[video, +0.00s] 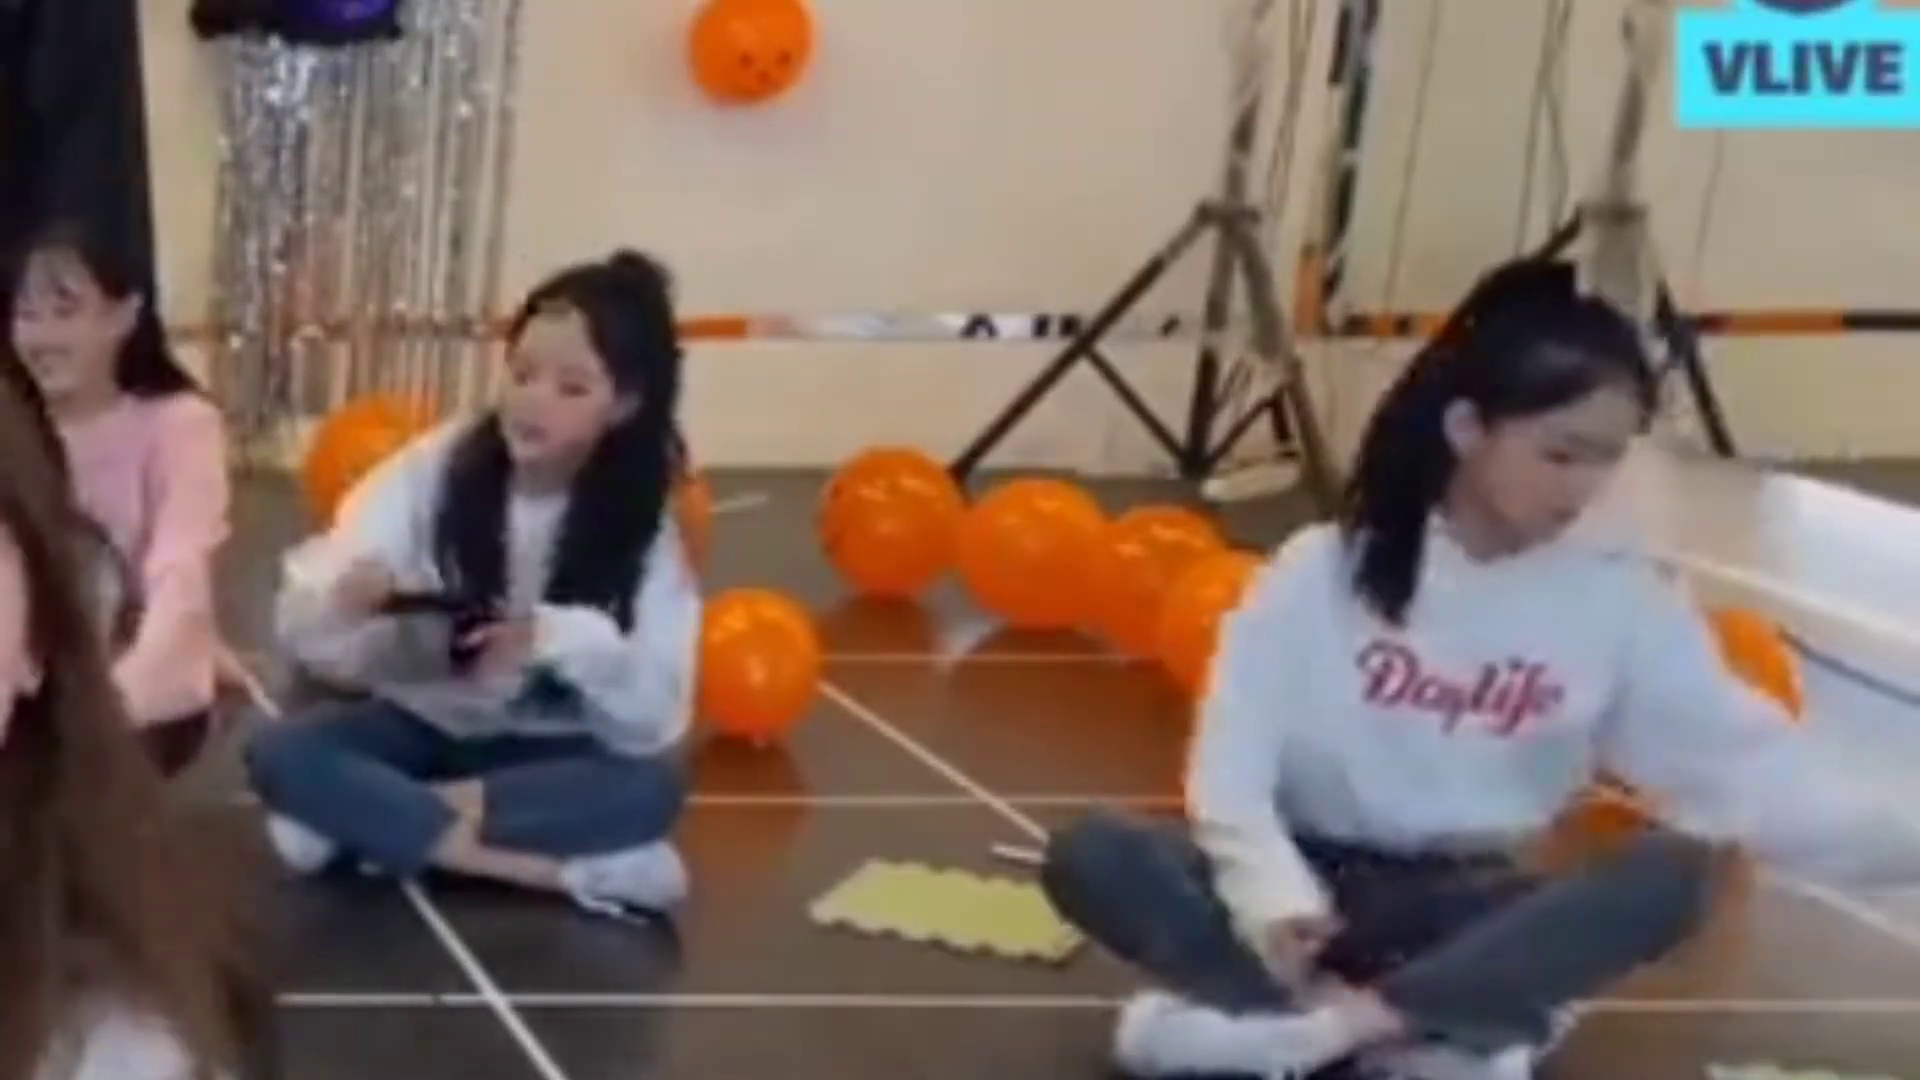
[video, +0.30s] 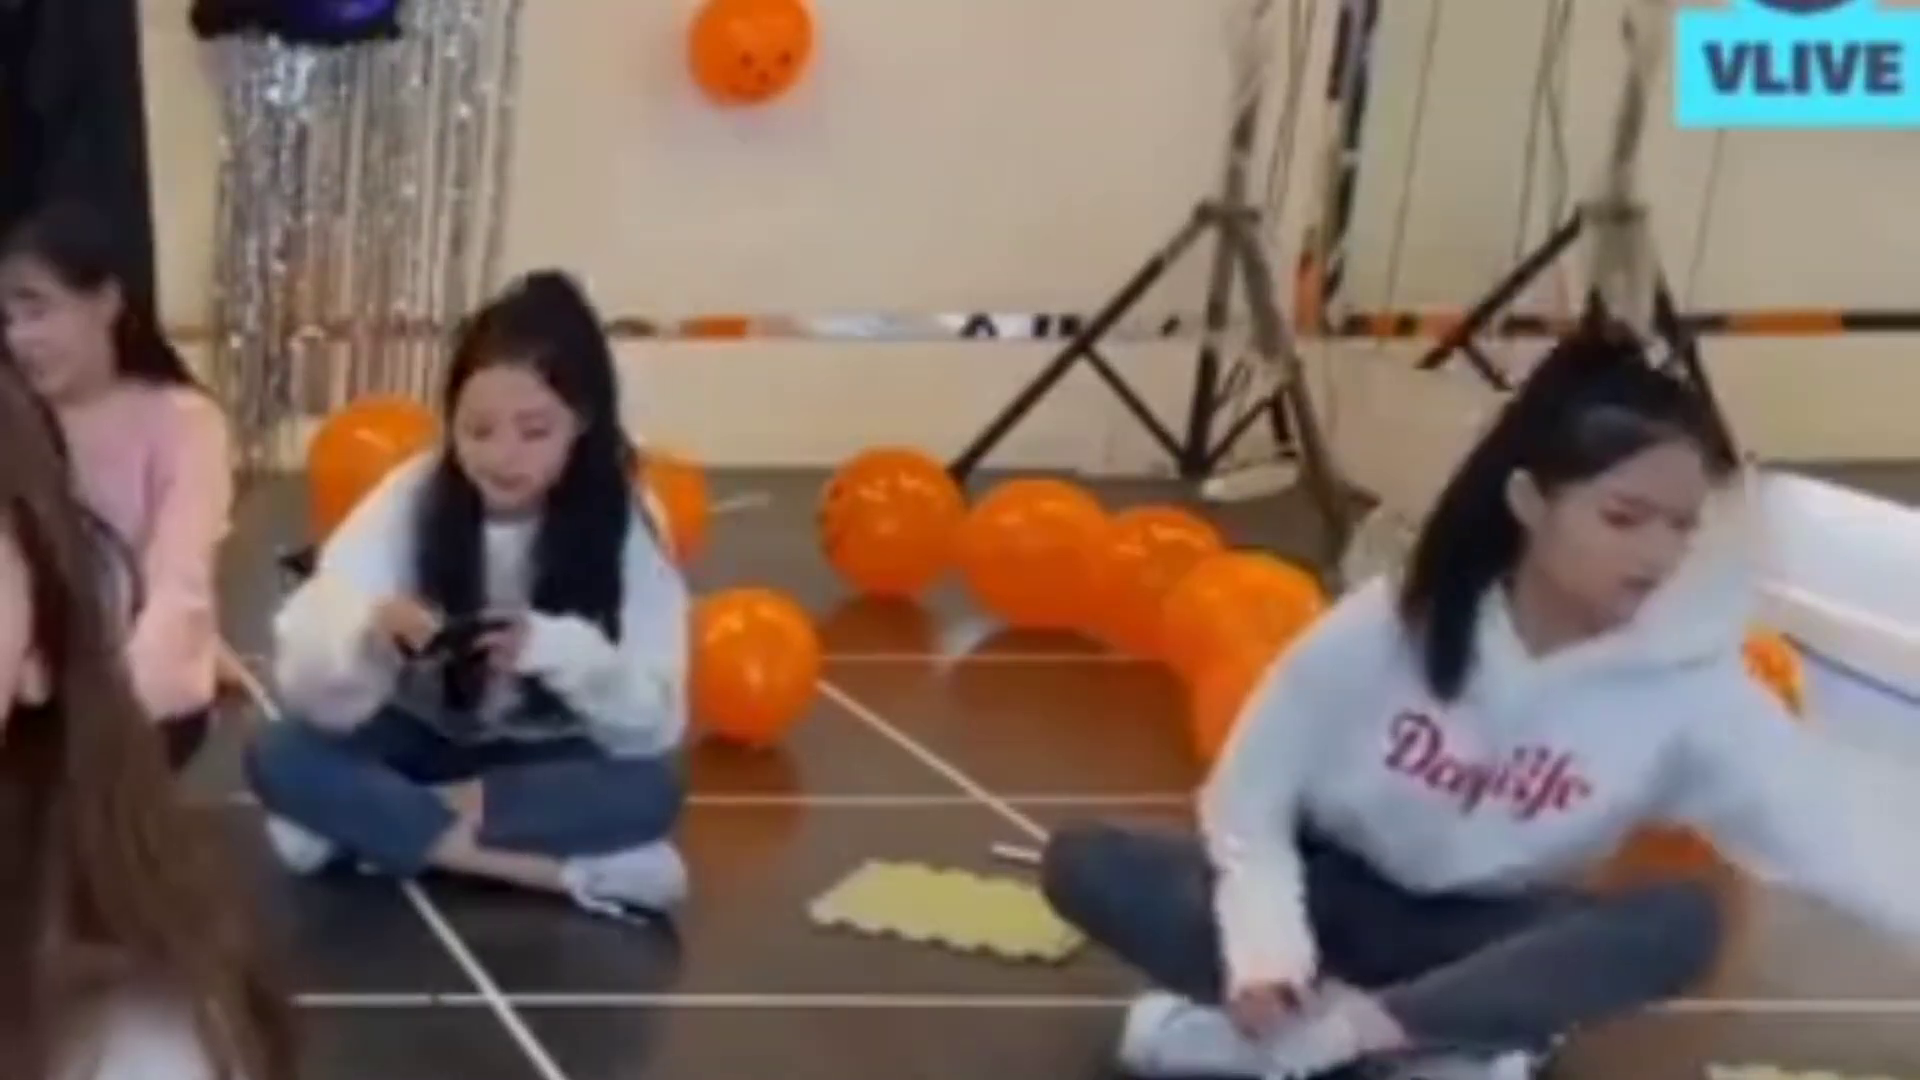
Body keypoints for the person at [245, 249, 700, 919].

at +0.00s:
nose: (531, 407)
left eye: (570, 390)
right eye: (522, 375)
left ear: (627, 406)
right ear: (503, 369)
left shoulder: (636, 521)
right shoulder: (438, 468)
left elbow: (655, 713)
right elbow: (301, 632)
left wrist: (556, 640)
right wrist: (346, 608)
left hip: (549, 738)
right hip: (421, 719)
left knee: (648, 792)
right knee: (283, 754)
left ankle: (369, 833)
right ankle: (555, 876)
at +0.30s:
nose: (502, 460)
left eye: (535, 433)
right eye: (479, 432)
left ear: (583, 426)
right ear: (448, 423)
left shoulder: (621, 525)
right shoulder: (413, 497)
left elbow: (654, 719)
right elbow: (304, 687)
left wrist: (553, 650)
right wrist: (374, 633)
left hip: (550, 744)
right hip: (419, 732)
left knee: (649, 793)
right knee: (279, 756)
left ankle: (374, 835)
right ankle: (552, 877)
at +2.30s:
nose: (478, 480)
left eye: (508, 454)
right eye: (454, 452)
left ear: (557, 440)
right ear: (424, 437)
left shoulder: (604, 516)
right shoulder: (387, 502)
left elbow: (645, 723)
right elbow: (309, 700)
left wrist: (531, 645)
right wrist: (383, 637)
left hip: (544, 745)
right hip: (408, 736)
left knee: (648, 791)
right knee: (274, 758)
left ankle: (366, 838)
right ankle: (549, 877)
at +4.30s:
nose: (480, 484)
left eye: (511, 457)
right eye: (455, 455)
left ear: (558, 441)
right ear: (425, 438)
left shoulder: (603, 514)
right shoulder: (387, 502)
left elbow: (645, 724)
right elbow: (309, 700)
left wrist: (531, 643)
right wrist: (383, 639)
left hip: (543, 743)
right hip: (408, 736)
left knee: (648, 793)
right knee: (277, 759)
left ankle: (366, 837)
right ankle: (549, 878)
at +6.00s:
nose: (482, 487)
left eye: (512, 459)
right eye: (457, 458)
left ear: (559, 445)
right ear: (426, 440)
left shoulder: (603, 513)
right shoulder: (389, 501)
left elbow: (644, 724)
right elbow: (305, 698)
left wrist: (529, 643)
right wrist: (383, 647)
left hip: (542, 744)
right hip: (409, 739)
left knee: (647, 789)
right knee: (276, 761)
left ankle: (367, 839)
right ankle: (550, 877)